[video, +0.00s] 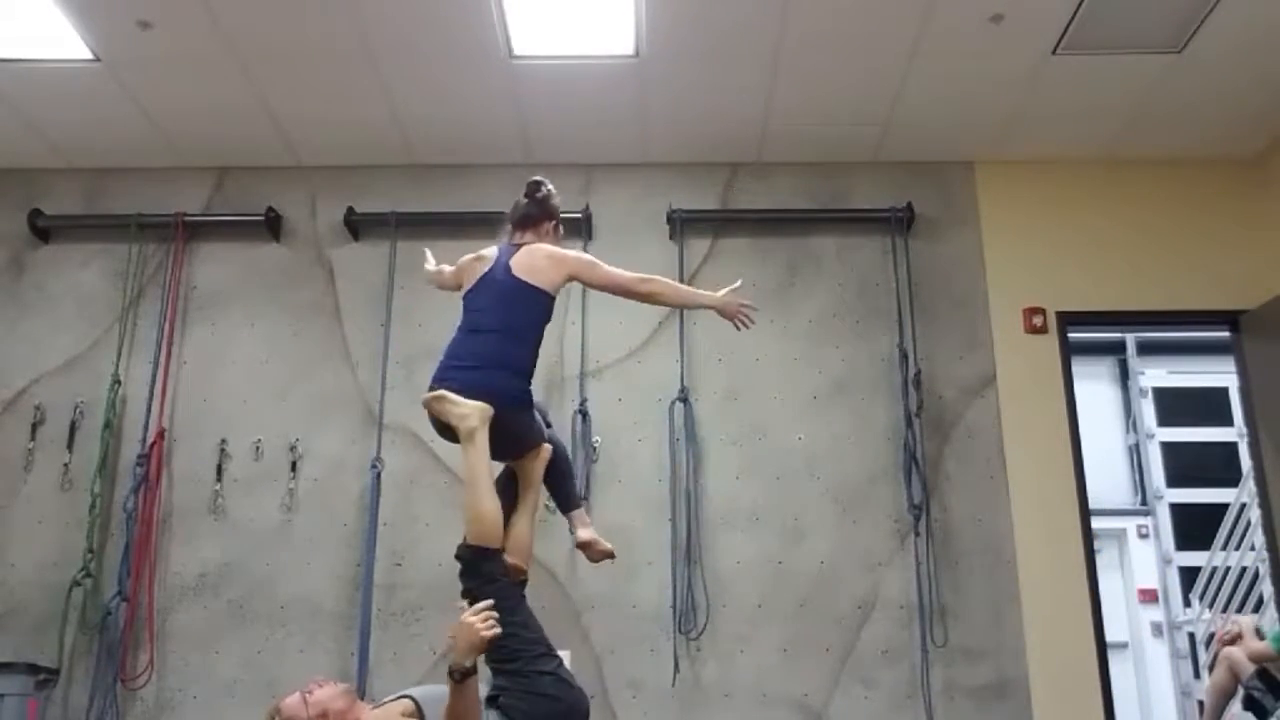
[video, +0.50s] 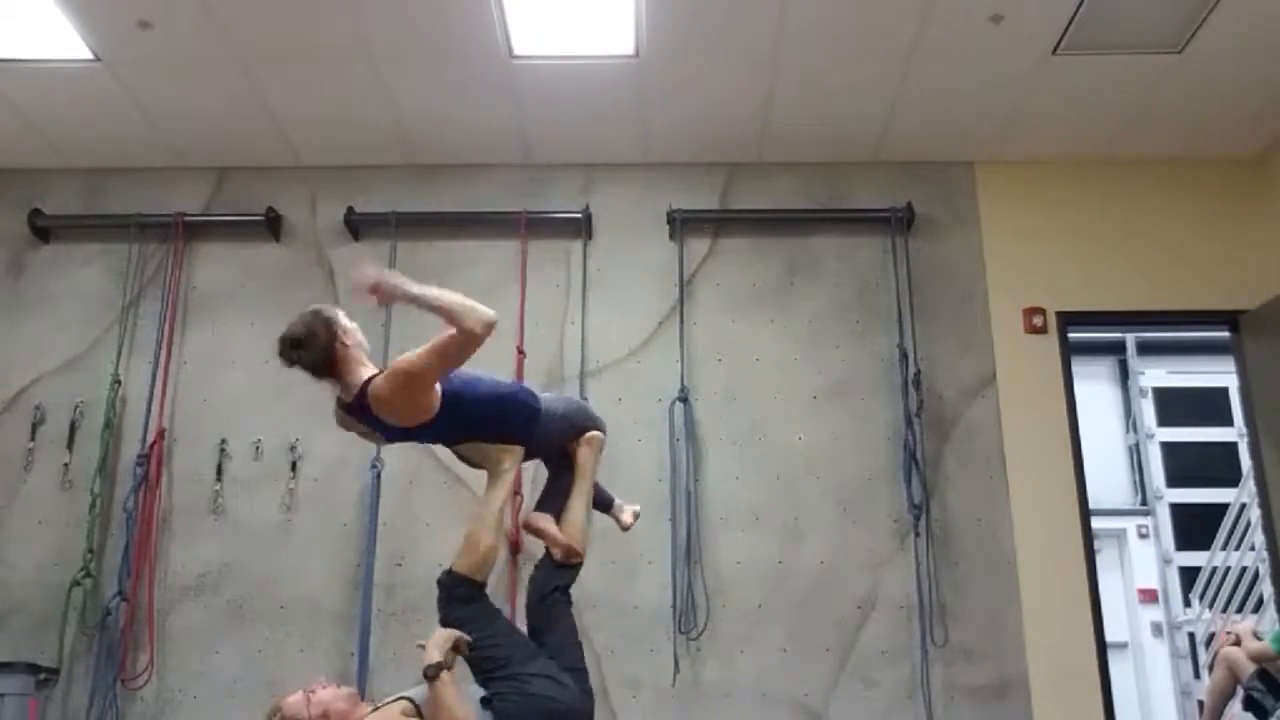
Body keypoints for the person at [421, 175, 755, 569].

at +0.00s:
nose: (558, 237)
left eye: (557, 232)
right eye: (558, 231)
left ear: (512, 227)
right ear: (548, 227)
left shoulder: (476, 261)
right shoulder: (557, 259)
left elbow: (445, 278)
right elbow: (637, 286)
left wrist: (433, 269)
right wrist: (713, 300)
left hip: (445, 391)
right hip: (503, 400)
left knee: (542, 437)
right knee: (519, 469)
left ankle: (580, 523)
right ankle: (481, 555)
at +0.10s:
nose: (530, 226)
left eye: (528, 219)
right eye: (528, 218)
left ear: (479, 218)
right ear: (517, 216)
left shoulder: (449, 262)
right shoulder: (533, 250)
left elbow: (417, 276)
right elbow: (621, 266)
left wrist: (398, 269)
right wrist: (693, 265)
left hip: (454, 405)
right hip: (514, 408)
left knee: (552, 430)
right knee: (543, 459)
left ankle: (601, 510)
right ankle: (505, 534)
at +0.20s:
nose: (506, 224)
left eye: (506, 218)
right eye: (506, 218)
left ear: (456, 221)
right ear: (497, 217)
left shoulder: (431, 271)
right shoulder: (513, 254)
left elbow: (407, 285)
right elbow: (602, 256)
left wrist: (392, 277)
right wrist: (671, 238)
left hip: (457, 417)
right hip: (512, 418)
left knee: (555, 407)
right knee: (562, 448)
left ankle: (620, 500)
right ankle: (519, 521)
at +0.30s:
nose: (447, 247)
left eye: (444, 239)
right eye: (444, 240)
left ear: (398, 258)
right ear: (436, 245)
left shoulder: (387, 319)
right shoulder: (456, 284)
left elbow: (395, 300)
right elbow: (552, 258)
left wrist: (399, 273)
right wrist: (605, 204)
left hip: (471, 438)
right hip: (523, 431)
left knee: (561, 401)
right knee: (578, 429)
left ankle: (637, 480)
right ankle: (538, 514)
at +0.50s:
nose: (355, 327)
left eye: (347, 321)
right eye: (348, 324)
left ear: (324, 362)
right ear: (344, 340)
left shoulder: (350, 415)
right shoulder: (397, 384)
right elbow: (480, 322)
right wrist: (407, 290)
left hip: (490, 443)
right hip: (525, 420)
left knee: (562, 460)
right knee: (589, 428)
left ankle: (617, 510)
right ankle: (546, 515)